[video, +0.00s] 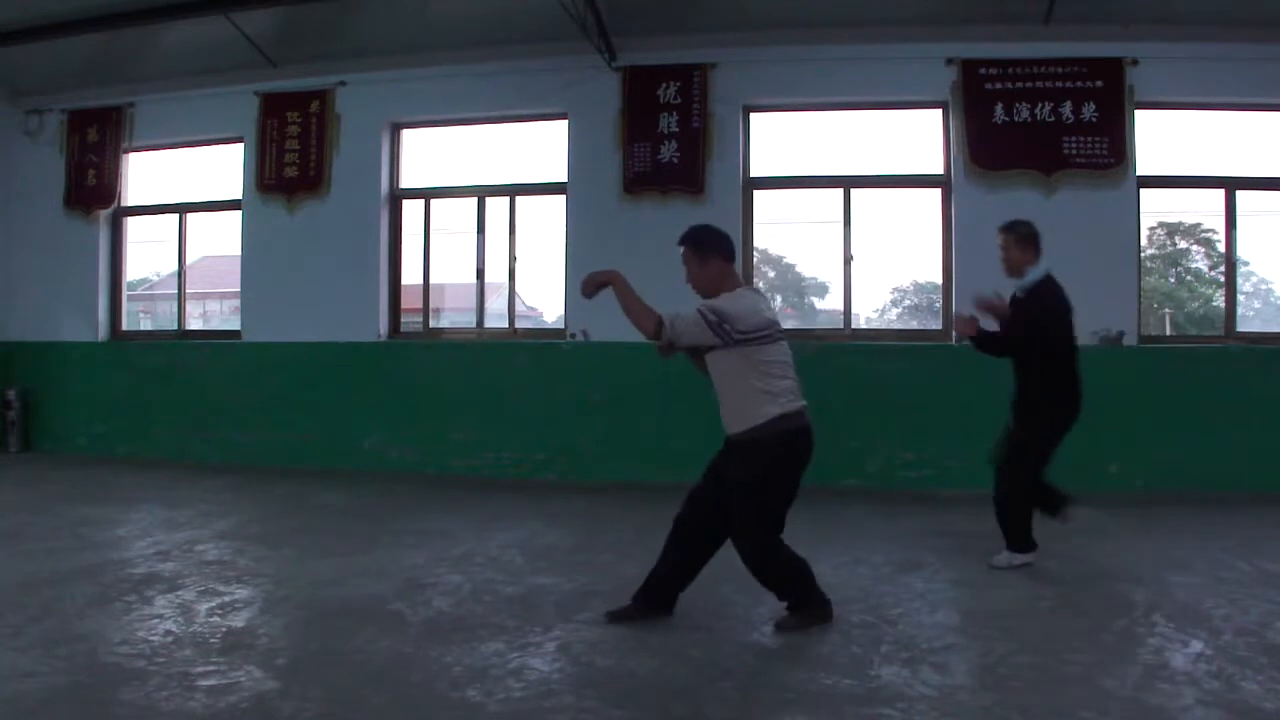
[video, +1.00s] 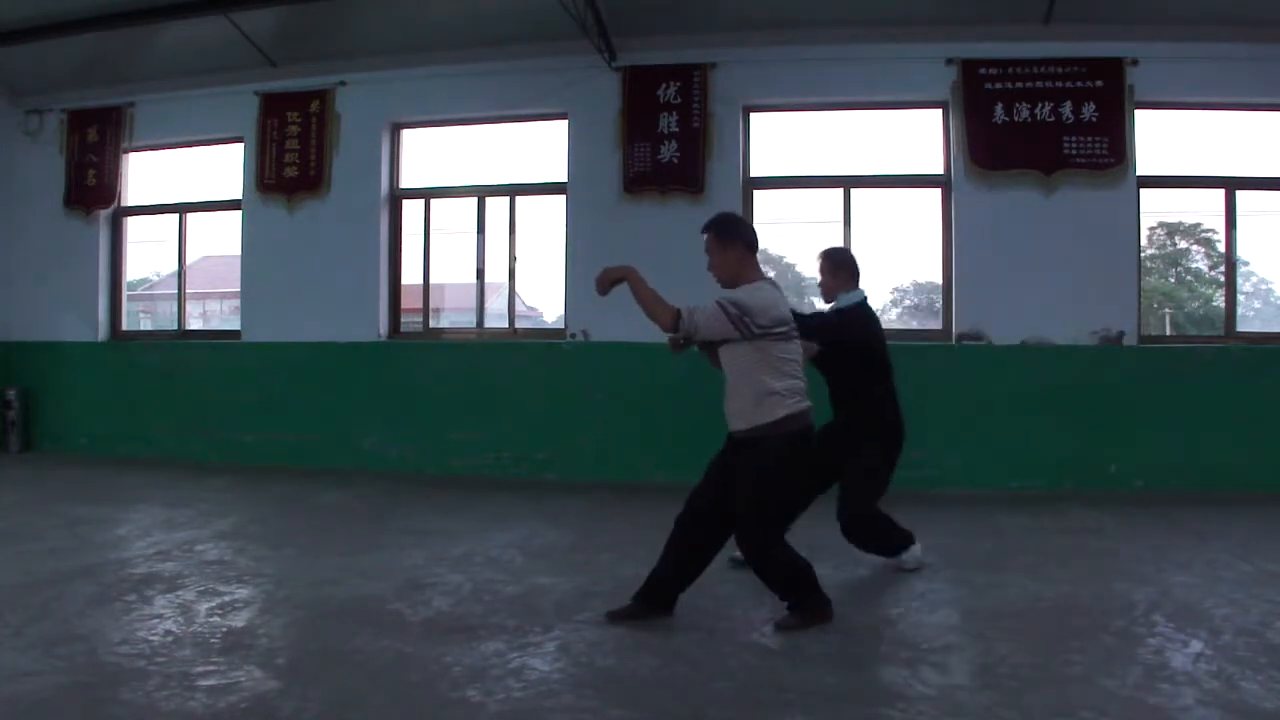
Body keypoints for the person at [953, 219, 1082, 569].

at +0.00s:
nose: (1001, 256)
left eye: (1006, 249)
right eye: (1001, 249)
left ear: (1026, 251)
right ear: (1027, 252)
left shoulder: (1037, 296)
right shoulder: (1040, 290)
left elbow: (1013, 346)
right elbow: (1037, 337)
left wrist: (975, 334)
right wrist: (1006, 316)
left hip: (1047, 402)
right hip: (1046, 398)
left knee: (1012, 468)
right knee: (1014, 464)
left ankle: (1020, 547)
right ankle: (1060, 506)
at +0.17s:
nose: (963, 230)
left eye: (967, 223)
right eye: (962, 223)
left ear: (987, 223)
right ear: (987, 224)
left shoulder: (1000, 267)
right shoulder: (999, 260)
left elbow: (945, 283)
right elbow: (1014, 312)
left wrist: (893, 266)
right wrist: (982, 308)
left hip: (1019, 365)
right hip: (1003, 355)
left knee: (996, 439)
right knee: (939, 349)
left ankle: (1008, 529)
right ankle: (962, 411)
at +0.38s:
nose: (927, 241)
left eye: (932, 234)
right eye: (927, 234)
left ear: (951, 237)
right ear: (951, 237)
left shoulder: (957, 282)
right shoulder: (955, 276)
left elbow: (901, 292)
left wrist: (849, 272)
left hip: (964, 385)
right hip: (948, 374)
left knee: (937, 460)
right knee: (883, 373)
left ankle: (925, 543)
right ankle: (905, 441)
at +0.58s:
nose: (904, 259)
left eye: (909, 251)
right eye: (904, 252)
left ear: (930, 253)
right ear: (931, 254)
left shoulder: (938, 299)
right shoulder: (932, 295)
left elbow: (904, 351)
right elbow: (904, 348)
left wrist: (873, 329)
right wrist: (881, 324)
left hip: (918, 409)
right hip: (908, 403)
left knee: (903, 482)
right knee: (843, 454)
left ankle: (918, 554)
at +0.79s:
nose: (860, 266)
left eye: (865, 259)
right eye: (860, 259)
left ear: (884, 261)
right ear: (886, 261)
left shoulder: (897, 305)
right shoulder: (881, 303)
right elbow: (839, 337)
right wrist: (807, 309)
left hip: (890, 420)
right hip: (867, 415)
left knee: (880, 498)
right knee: (819, 482)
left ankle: (915, 556)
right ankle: (774, 541)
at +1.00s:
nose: (819, 283)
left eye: (822, 276)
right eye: (819, 276)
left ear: (838, 276)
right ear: (851, 277)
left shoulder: (849, 320)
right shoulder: (848, 315)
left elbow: (796, 326)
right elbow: (839, 367)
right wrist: (812, 353)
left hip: (874, 432)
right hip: (847, 427)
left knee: (855, 518)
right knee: (788, 484)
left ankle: (905, 547)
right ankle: (759, 546)